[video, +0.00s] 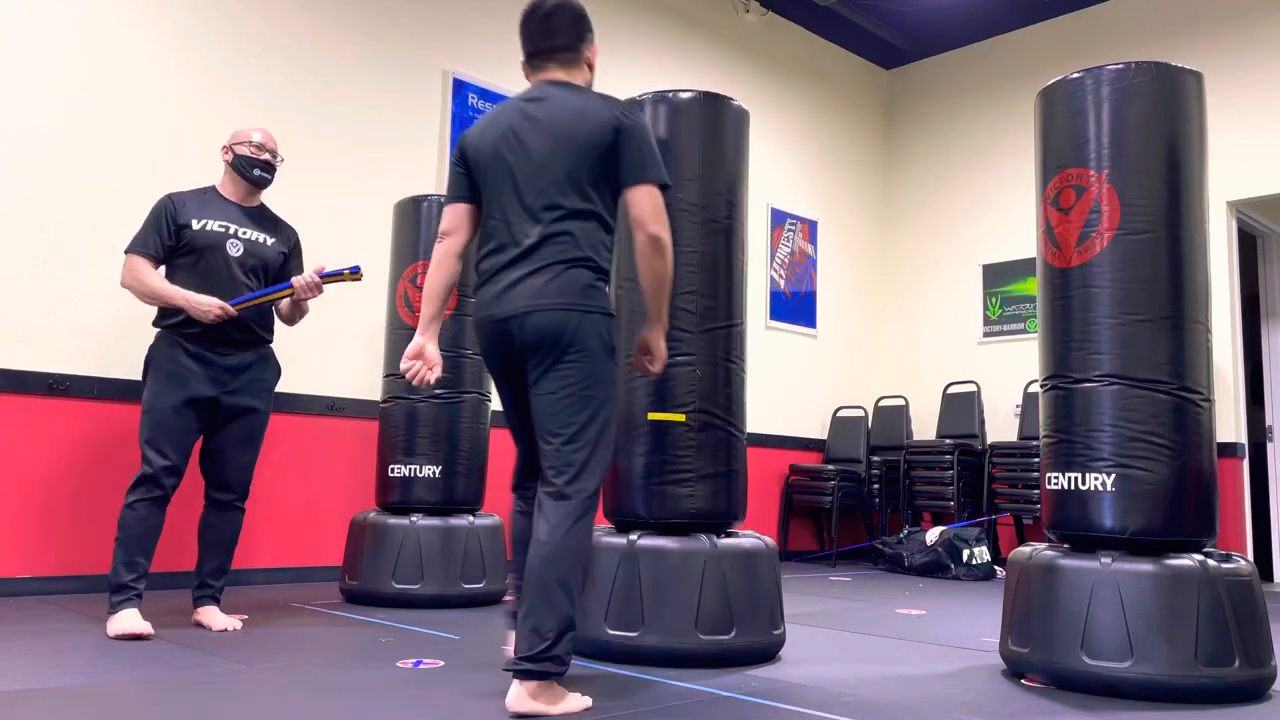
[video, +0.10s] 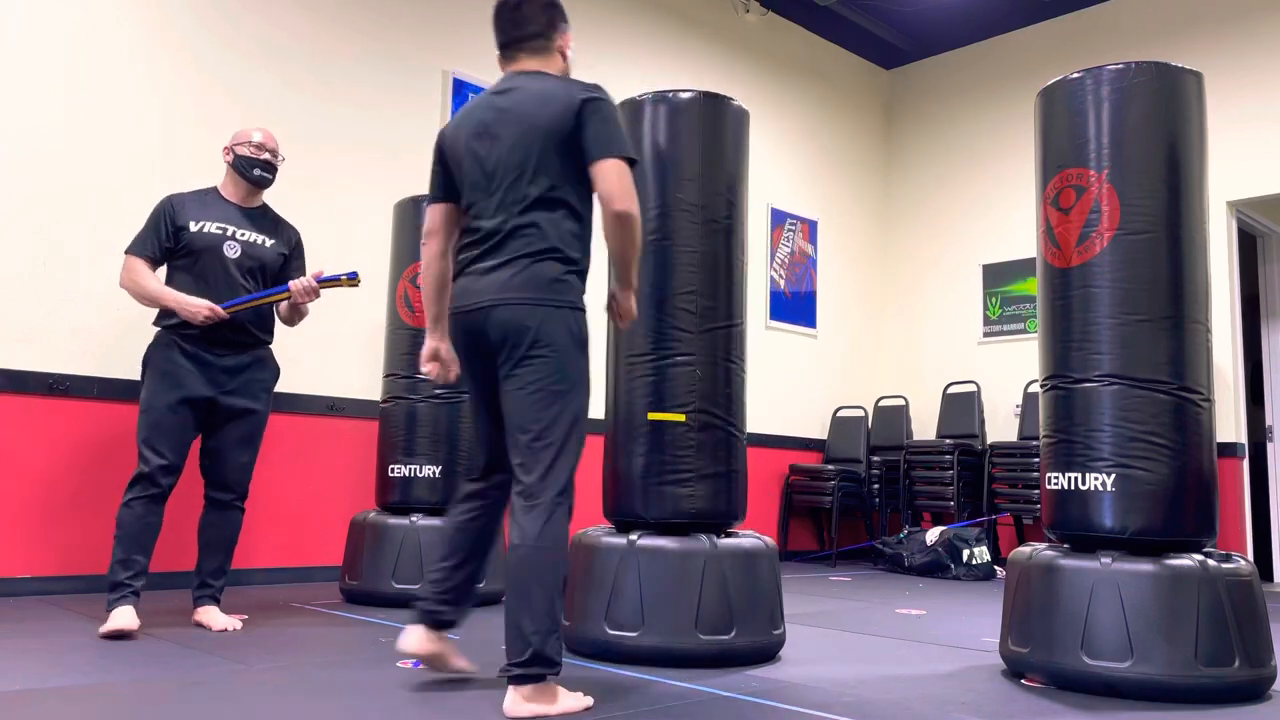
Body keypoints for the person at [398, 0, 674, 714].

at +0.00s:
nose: (596, 64)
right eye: (596, 54)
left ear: (523, 63)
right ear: (589, 54)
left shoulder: (479, 131)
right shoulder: (610, 117)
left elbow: (451, 237)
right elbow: (652, 231)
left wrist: (425, 330)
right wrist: (657, 326)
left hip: (496, 318)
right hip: (572, 310)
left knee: (533, 471)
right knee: (567, 487)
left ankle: (525, 626)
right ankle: (538, 678)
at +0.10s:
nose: (570, 48)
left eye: (563, 38)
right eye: (568, 38)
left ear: (499, 49)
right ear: (562, 40)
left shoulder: (460, 124)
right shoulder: (581, 99)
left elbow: (437, 235)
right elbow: (620, 203)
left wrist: (435, 330)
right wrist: (625, 285)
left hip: (471, 311)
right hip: (544, 307)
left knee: (485, 474)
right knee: (541, 490)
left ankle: (430, 626)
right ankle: (532, 680)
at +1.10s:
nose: (457, 49)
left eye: (455, 36)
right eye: (453, 35)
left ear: (405, 34)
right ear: (430, 33)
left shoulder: (393, 94)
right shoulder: (398, 89)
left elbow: (416, 199)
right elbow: (431, 199)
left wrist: (467, 188)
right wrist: (473, 156)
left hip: (398, 315)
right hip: (375, 311)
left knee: (401, 482)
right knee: (335, 488)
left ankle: (415, 636)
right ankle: (280, 674)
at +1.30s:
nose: (480, 72)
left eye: (478, 60)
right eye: (475, 58)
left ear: (434, 61)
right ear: (450, 57)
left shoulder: (438, 133)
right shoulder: (406, 112)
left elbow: (464, 230)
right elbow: (435, 209)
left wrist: (517, 194)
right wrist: (491, 164)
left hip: (436, 334)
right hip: (400, 330)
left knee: (438, 483)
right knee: (351, 492)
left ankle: (437, 624)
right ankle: (283, 671)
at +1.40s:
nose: (493, 93)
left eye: (492, 82)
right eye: (490, 81)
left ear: (450, 80)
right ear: (466, 77)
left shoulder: (459, 152)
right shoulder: (412, 130)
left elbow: (524, 217)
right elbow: (436, 213)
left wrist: (609, 225)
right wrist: (499, 174)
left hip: (458, 336)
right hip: (415, 331)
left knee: (459, 484)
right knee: (407, 482)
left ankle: (431, 625)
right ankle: (301, 648)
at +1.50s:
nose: (508, 108)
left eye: (507, 100)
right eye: (505, 98)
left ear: (450, 95)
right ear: (487, 95)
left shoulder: (445, 151)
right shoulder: (455, 130)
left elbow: (493, 251)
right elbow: (490, 185)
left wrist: (567, 230)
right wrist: (535, 152)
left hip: (414, 321)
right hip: (443, 319)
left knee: (441, 474)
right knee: (467, 470)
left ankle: (429, 629)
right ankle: (347, 620)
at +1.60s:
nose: (512, 117)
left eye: (509, 109)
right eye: (511, 108)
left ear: (448, 108)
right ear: (499, 106)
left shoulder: (403, 161)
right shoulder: (512, 142)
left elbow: (426, 232)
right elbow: (625, 179)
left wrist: (497, 225)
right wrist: (662, 195)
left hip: (391, 319)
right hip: (450, 315)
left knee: (420, 477)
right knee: (419, 479)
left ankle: (429, 629)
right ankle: (319, 627)